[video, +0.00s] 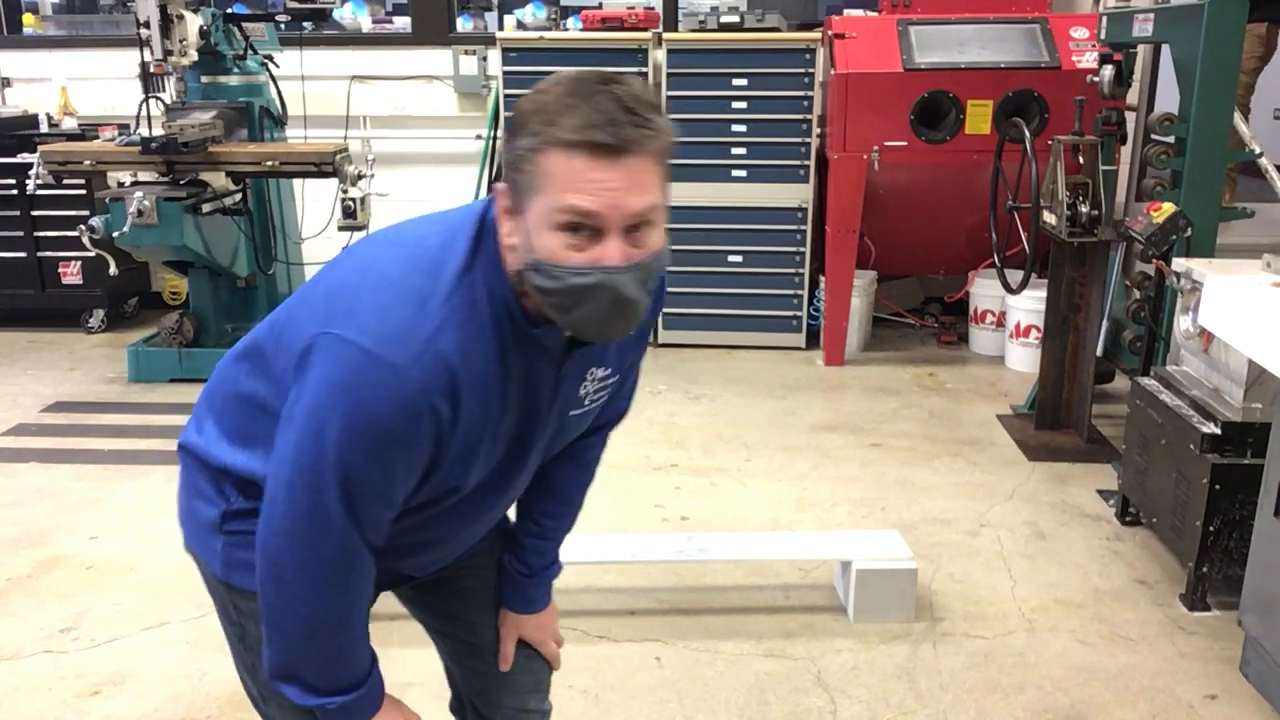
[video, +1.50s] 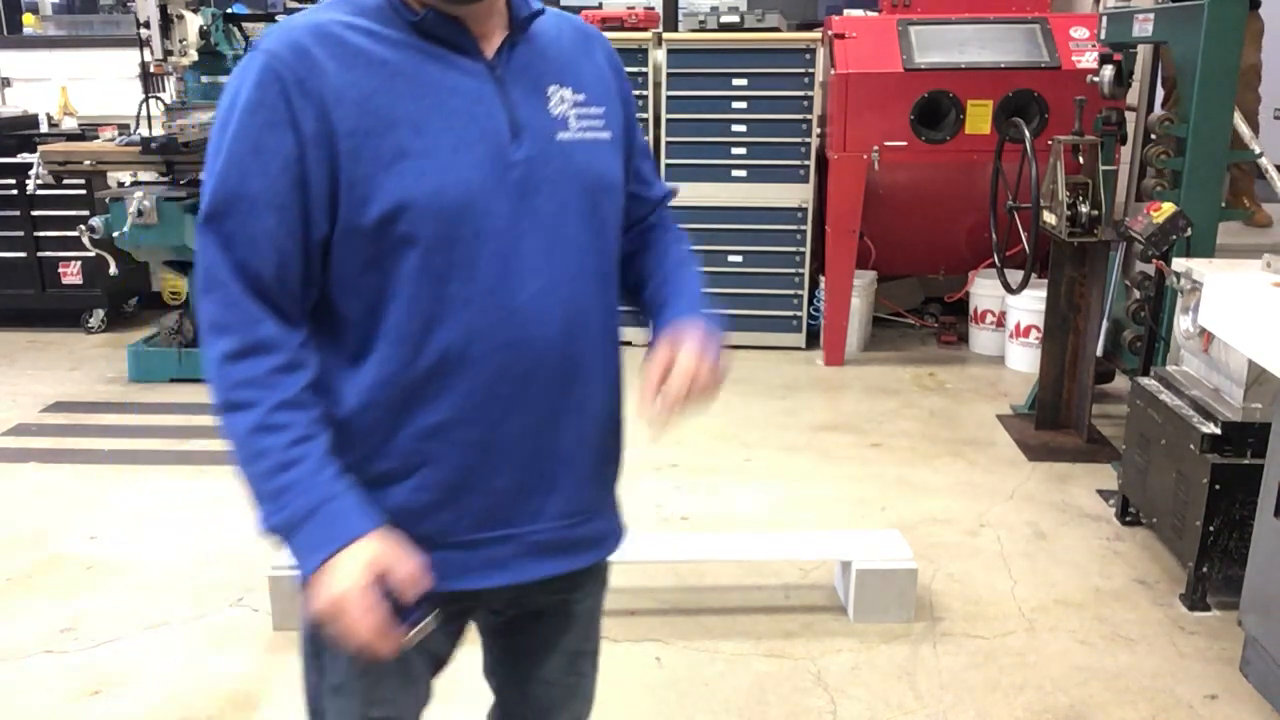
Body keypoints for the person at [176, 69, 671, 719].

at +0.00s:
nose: (614, 262)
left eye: (639, 229)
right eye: (580, 230)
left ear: (664, 217)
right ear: (508, 212)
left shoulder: (627, 287)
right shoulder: (389, 354)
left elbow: (574, 446)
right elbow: (305, 565)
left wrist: (530, 582)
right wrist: (354, 699)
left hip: (433, 484)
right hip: (269, 512)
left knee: (516, 687)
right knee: (313, 700)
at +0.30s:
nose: (515, 281)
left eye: (548, 244)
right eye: (482, 243)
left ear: (598, 223)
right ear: (431, 227)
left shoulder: (626, 296)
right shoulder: (313, 363)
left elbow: (592, 460)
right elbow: (276, 555)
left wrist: (554, 595)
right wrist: (344, 689)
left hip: (481, 507)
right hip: (328, 532)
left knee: (537, 691)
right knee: (319, 702)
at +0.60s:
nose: (478, 286)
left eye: (512, 247)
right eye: (446, 246)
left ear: (570, 229)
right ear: (399, 231)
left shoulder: (612, 301)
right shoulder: (284, 355)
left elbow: (587, 471)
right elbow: (256, 555)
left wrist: (553, 616)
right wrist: (333, 693)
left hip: (482, 522)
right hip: (327, 545)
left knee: (543, 701)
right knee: (313, 704)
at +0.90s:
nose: (430, 53)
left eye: (459, 16)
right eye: (392, 20)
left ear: (517, 27)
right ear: (340, 36)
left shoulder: (561, 161)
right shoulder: (239, 210)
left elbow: (588, 366)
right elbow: (215, 470)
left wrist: (596, 543)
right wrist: (286, 674)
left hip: (463, 513)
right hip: (305, 534)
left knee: (514, 696)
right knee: (309, 710)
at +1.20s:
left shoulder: (538, 82)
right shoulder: (233, 120)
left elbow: (593, 288)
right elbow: (162, 396)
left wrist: (640, 462)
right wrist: (208, 651)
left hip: (480, 527)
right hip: (303, 540)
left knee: (518, 707)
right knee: (313, 713)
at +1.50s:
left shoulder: (583, 57)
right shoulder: (297, 72)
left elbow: (645, 221)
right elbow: (245, 335)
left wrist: (683, 311)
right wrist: (328, 531)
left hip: (561, 524)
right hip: (382, 543)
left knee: (550, 709)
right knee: (365, 711)